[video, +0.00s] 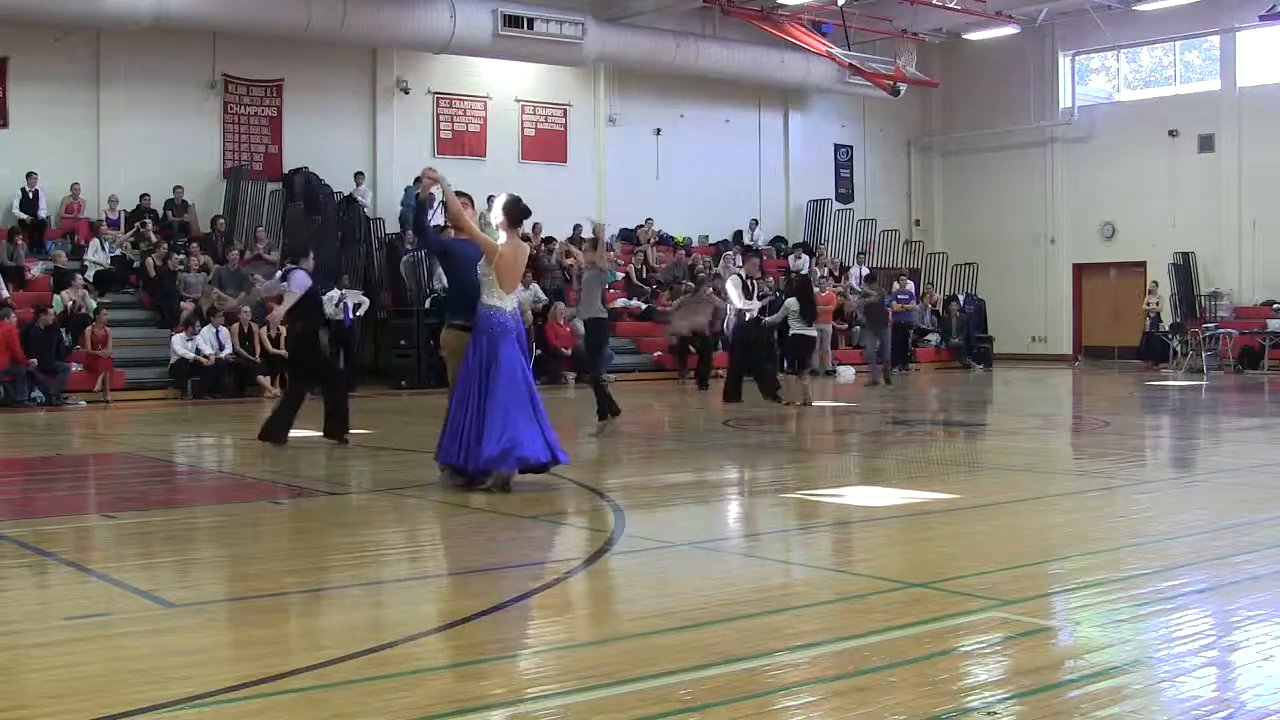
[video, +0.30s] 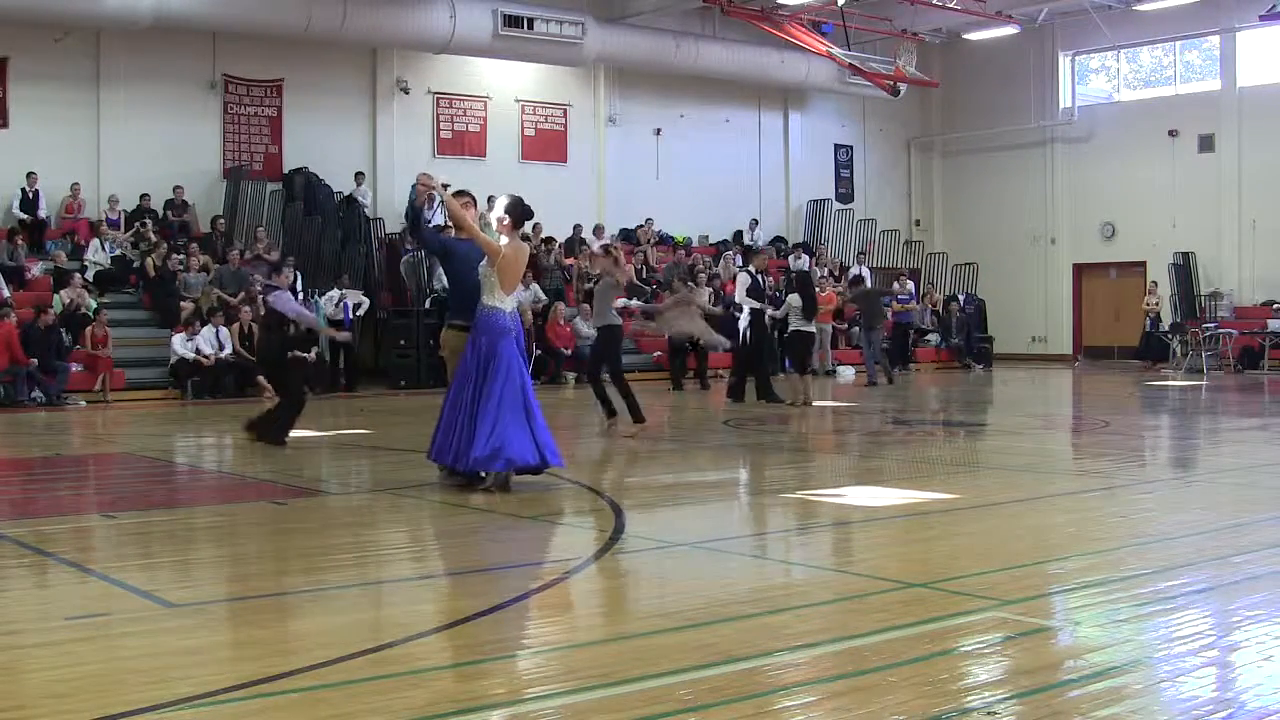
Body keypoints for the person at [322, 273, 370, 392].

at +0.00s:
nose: (347, 283)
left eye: (348, 281)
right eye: (344, 280)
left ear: (349, 283)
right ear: (338, 282)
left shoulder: (352, 294)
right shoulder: (331, 295)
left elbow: (366, 301)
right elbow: (329, 313)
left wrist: (359, 313)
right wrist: (337, 303)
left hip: (350, 322)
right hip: (336, 322)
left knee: (351, 353)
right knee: (334, 352)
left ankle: (350, 383)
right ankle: (333, 382)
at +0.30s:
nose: (347, 282)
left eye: (347, 280)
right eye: (344, 280)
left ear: (348, 282)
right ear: (337, 281)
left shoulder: (352, 294)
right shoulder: (329, 296)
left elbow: (366, 301)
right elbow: (330, 314)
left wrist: (358, 313)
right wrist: (338, 303)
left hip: (349, 324)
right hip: (334, 324)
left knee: (350, 356)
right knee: (334, 357)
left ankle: (350, 384)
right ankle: (334, 384)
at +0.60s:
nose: (347, 282)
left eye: (347, 280)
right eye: (344, 280)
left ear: (348, 282)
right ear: (337, 281)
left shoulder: (351, 294)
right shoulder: (329, 296)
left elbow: (366, 301)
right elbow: (330, 314)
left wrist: (358, 313)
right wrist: (338, 303)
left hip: (349, 322)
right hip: (335, 323)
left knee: (350, 354)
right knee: (334, 355)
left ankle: (350, 384)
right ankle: (334, 384)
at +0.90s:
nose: (346, 282)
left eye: (347, 280)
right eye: (344, 280)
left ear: (349, 281)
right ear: (337, 281)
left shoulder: (352, 294)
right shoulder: (329, 296)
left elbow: (366, 301)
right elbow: (329, 314)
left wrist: (358, 313)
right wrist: (338, 302)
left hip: (349, 322)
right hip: (335, 323)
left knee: (350, 355)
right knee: (334, 355)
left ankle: (350, 384)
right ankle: (333, 384)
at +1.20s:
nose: (346, 282)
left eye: (347, 280)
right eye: (344, 280)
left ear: (349, 281)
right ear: (337, 281)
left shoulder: (352, 294)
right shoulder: (329, 296)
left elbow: (366, 301)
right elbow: (329, 314)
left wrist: (358, 313)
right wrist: (338, 302)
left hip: (349, 322)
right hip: (335, 323)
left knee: (350, 355)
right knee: (334, 355)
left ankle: (350, 384)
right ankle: (333, 384)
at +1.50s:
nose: (347, 282)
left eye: (347, 280)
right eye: (344, 280)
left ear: (348, 281)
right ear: (337, 282)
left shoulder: (352, 294)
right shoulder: (328, 296)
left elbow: (366, 302)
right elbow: (329, 314)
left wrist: (358, 313)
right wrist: (338, 302)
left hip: (348, 323)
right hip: (334, 323)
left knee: (349, 355)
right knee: (334, 356)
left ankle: (349, 384)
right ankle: (334, 384)